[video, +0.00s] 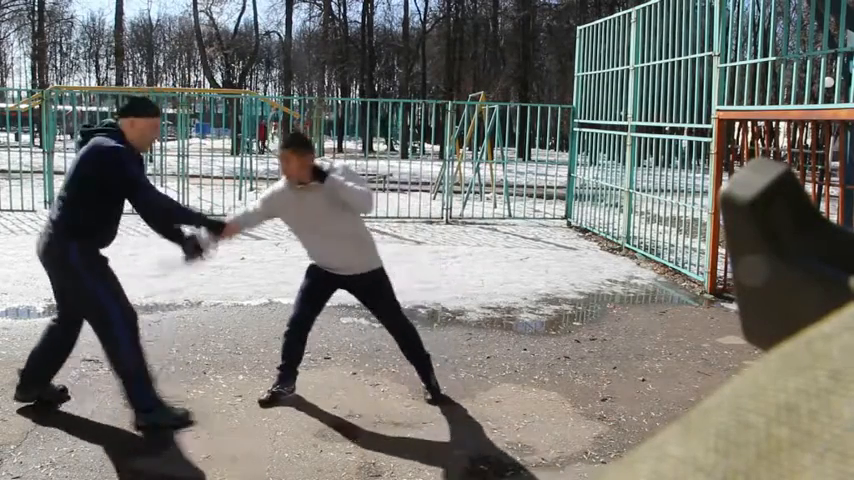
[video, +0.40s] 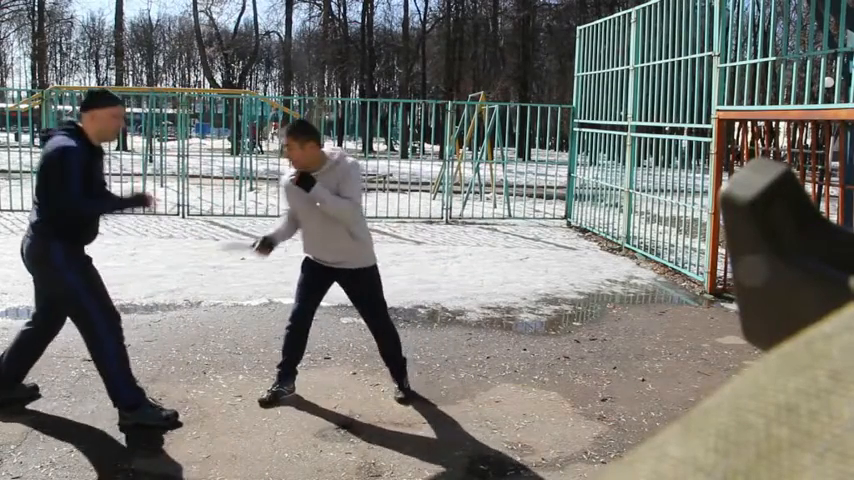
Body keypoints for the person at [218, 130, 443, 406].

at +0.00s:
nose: (282, 166)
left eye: (287, 160)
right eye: (281, 160)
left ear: (307, 159)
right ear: (282, 162)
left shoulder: (337, 179)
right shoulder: (280, 196)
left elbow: (367, 203)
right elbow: (252, 216)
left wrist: (327, 181)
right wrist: (226, 227)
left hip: (364, 268)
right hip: (323, 269)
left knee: (397, 324)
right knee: (298, 323)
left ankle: (429, 379)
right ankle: (285, 382)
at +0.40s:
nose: (287, 154)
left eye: (291, 148)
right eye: (286, 149)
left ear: (311, 146)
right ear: (296, 148)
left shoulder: (346, 167)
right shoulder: (291, 181)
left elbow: (351, 213)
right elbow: (293, 219)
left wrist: (313, 189)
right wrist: (272, 238)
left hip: (357, 263)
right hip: (317, 261)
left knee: (380, 323)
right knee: (299, 318)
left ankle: (401, 381)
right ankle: (284, 382)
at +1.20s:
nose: (283, 158)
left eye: (287, 152)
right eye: (282, 152)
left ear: (303, 150)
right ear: (286, 154)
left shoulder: (335, 174)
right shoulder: (282, 185)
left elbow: (336, 212)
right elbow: (255, 216)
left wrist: (305, 179)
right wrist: (230, 249)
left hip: (339, 272)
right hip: (301, 269)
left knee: (367, 328)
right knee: (265, 318)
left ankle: (401, 383)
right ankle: (241, 376)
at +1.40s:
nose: (229, 171)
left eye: (233, 165)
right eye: (227, 165)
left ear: (252, 163)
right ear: (231, 166)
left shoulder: (286, 178)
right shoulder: (228, 198)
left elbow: (304, 212)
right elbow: (195, 223)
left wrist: (267, 186)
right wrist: (165, 234)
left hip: (311, 265)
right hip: (272, 266)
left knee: (344, 319)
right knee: (247, 319)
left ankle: (384, 372)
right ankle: (239, 378)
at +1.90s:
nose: (225, 159)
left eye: (228, 153)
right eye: (225, 153)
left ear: (245, 149)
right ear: (241, 151)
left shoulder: (288, 170)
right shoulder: (234, 183)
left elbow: (297, 212)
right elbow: (210, 211)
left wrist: (256, 196)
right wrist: (173, 218)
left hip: (309, 260)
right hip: (272, 260)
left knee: (333, 320)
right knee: (250, 316)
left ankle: (358, 373)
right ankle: (239, 376)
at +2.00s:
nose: (240, 155)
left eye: (242, 149)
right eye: (239, 150)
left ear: (260, 145)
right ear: (256, 146)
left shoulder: (300, 170)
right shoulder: (258, 178)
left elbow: (306, 215)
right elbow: (249, 218)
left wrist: (264, 198)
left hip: (314, 264)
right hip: (278, 262)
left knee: (334, 323)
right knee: (255, 314)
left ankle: (358, 375)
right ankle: (240, 376)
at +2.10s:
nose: (253, 152)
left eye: (256, 146)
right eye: (253, 147)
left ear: (274, 144)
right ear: (272, 145)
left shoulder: (311, 171)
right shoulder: (277, 176)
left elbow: (309, 217)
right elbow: (281, 219)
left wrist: (270, 194)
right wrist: (253, 225)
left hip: (318, 267)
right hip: (283, 263)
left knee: (335, 327)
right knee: (256, 314)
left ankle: (359, 376)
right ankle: (240, 376)